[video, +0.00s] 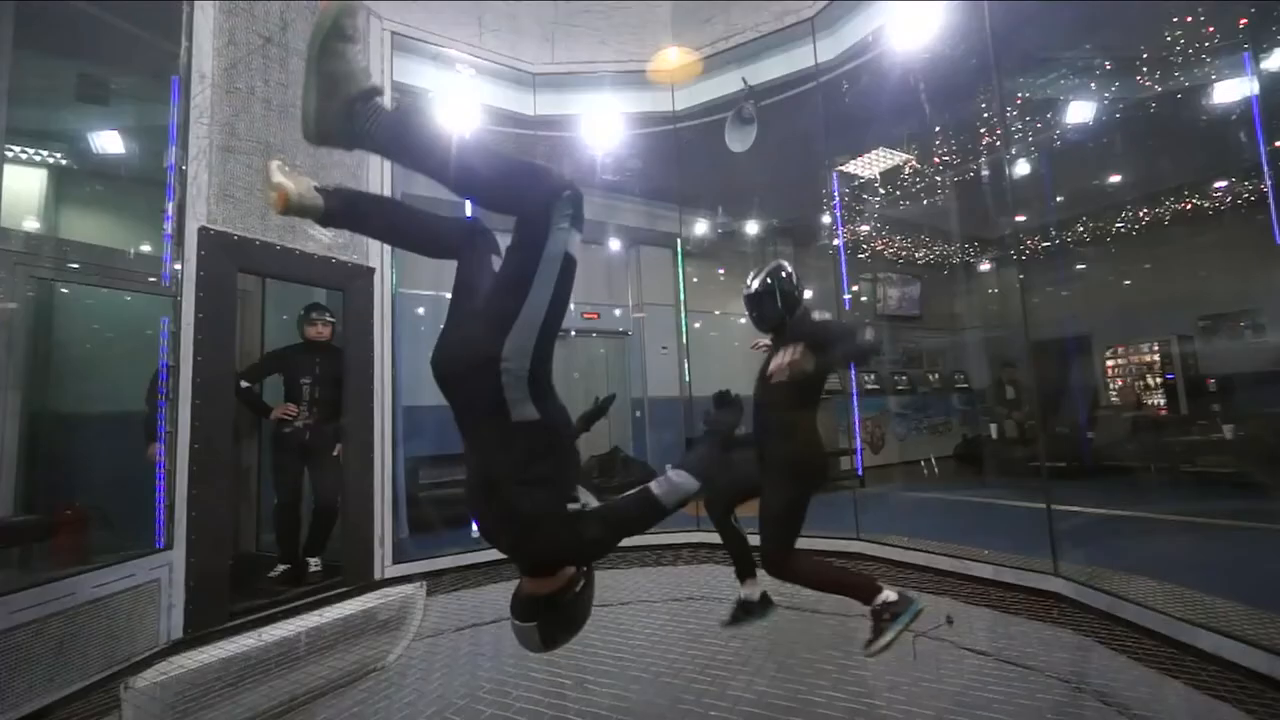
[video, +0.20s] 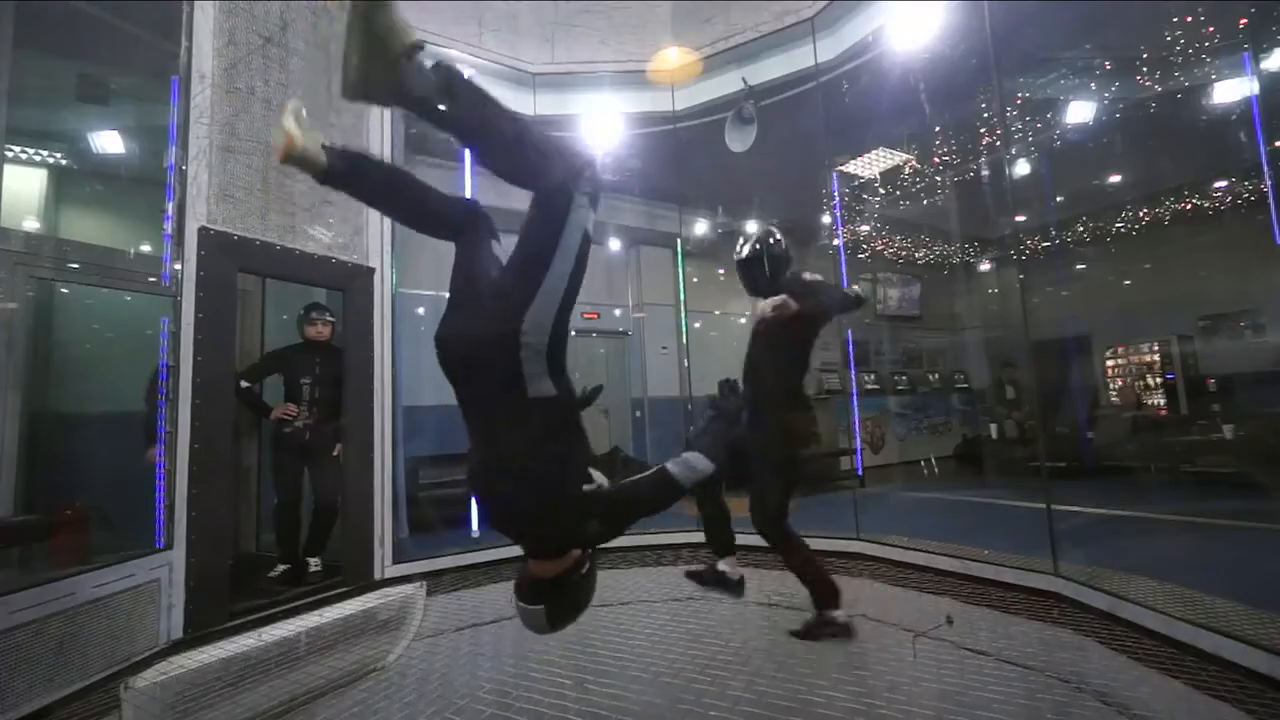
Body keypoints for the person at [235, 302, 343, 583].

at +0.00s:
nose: (320, 328)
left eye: (325, 323)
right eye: (314, 323)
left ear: (333, 328)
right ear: (302, 327)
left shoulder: (341, 359)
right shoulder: (287, 356)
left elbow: (352, 400)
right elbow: (243, 383)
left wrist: (344, 438)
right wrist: (268, 411)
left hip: (325, 439)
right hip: (289, 438)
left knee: (329, 501)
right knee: (287, 500)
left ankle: (313, 556)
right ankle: (286, 561)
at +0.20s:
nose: (320, 328)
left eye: (325, 323)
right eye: (314, 323)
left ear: (333, 328)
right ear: (302, 327)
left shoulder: (342, 359)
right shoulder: (287, 356)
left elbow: (352, 400)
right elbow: (242, 383)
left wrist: (344, 438)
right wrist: (268, 411)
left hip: (325, 439)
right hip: (289, 438)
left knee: (329, 501)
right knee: (287, 499)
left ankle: (313, 555)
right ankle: (287, 560)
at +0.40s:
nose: (320, 328)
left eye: (325, 323)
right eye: (314, 323)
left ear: (333, 327)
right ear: (302, 326)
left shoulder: (342, 359)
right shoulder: (287, 356)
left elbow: (353, 400)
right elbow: (242, 383)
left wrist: (345, 438)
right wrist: (269, 411)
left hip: (325, 439)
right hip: (289, 439)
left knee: (329, 501)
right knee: (287, 500)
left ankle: (313, 556)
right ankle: (286, 561)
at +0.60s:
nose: (320, 327)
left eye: (325, 323)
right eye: (314, 322)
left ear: (333, 327)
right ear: (302, 326)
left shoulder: (342, 358)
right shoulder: (286, 356)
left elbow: (353, 400)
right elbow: (242, 384)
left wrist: (345, 438)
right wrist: (269, 411)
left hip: (325, 439)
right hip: (289, 438)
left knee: (329, 500)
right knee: (287, 499)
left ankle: (313, 556)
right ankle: (287, 560)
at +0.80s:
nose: (320, 328)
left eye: (325, 323)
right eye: (313, 323)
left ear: (333, 327)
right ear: (302, 327)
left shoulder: (341, 359)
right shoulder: (287, 356)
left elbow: (352, 400)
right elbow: (243, 384)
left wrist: (344, 438)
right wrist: (269, 410)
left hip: (325, 439)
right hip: (289, 438)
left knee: (329, 500)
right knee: (287, 499)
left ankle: (313, 555)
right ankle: (287, 560)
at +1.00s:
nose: (319, 328)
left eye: (325, 323)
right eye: (313, 322)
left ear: (333, 327)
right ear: (302, 327)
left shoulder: (341, 359)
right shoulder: (286, 356)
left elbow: (352, 400)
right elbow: (242, 384)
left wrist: (344, 438)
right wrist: (269, 410)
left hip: (325, 439)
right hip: (289, 439)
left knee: (329, 501)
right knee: (287, 500)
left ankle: (313, 555)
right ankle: (286, 561)